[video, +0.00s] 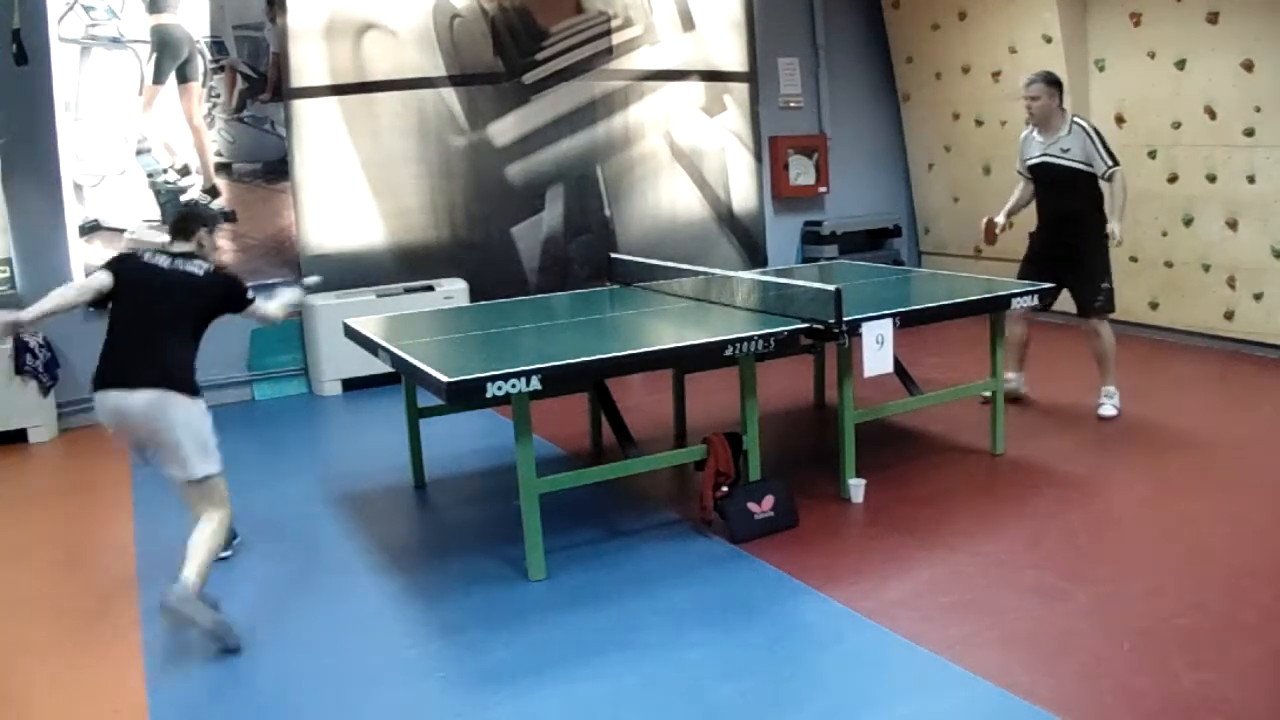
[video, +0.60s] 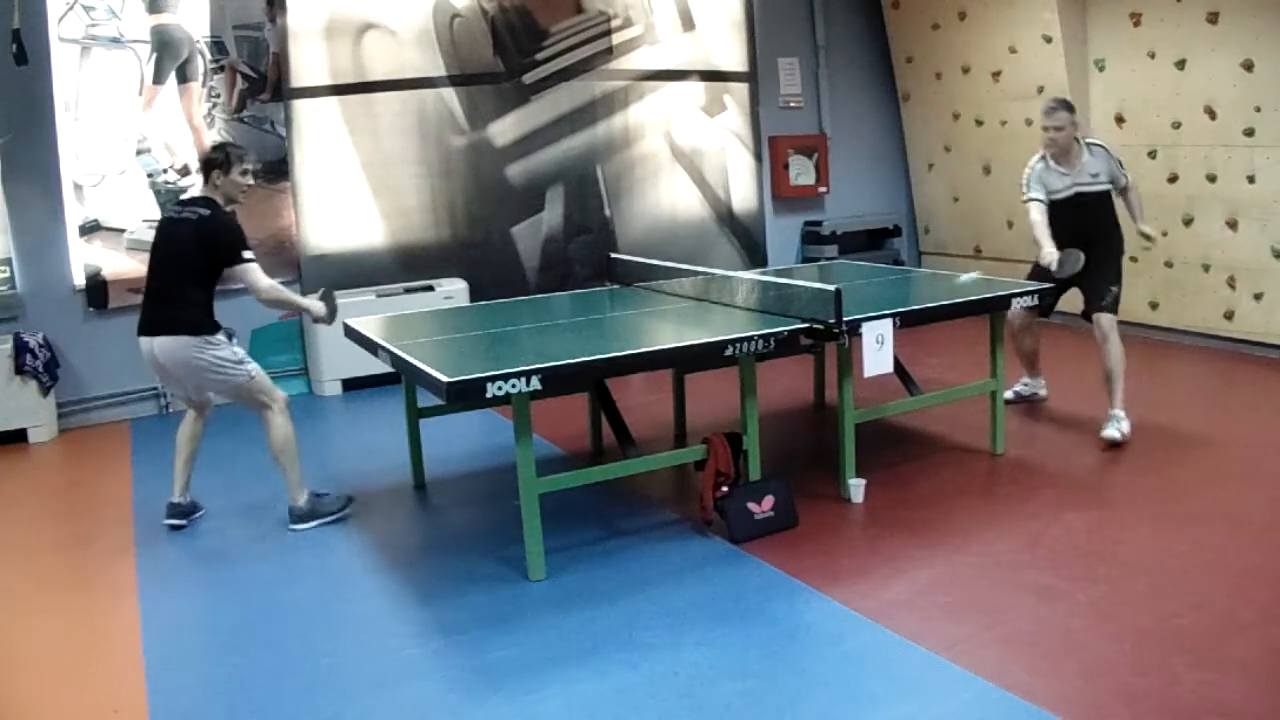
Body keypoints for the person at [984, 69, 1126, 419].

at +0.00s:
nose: (1028, 106)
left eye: (1034, 99)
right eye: (1026, 100)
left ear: (1056, 100)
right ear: (1026, 102)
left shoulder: (1084, 133)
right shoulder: (1028, 138)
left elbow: (1115, 176)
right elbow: (1028, 184)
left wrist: (1116, 220)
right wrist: (1004, 214)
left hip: (1087, 241)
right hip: (1046, 239)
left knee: (1094, 321)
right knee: (1018, 309)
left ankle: (1108, 390)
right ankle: (1013, 379)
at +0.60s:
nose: (1050, 136)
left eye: (1058, 129)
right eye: (1045, 129)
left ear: (1075, 129)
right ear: (1040, 129)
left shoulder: (1100, 155)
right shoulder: (1036, 171)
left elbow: (1125, 187)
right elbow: (1037, 215)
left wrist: (1140, 221)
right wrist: (1046, 248)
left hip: (1103, 252)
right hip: (1060, 253)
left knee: (1104, 323)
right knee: (1019, 318)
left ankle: (1117, 413)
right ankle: (1034, 381)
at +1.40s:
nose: (1037, 111)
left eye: (1045, 105)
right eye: (1036, 104)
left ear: (1069, 107)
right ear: (1038, 107)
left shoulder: (1098, 147)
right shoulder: (1030, 146)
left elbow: (1129, 194)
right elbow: (1015, 182)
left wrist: (1145, 240)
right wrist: (1005, 214)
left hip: (1092, 252)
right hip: (1049, 249)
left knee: (1098, 332)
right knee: (1022, 320)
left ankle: (1118, 418)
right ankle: (1025, 386)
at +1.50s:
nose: (1023, 106)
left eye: (1030, 98)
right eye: (1021, 99)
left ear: (1054, 101)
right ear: (1024, 102)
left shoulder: (1083, 140)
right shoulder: (1021, 139)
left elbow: (1113, 186)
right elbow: (1008, 179)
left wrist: (1119, 231)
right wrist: (992, 208)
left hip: (1081, 250)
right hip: (1039, 248)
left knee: (1092, 326)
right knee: (1021, 319)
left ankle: (1116, 413)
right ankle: (1024, 385)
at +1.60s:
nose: (1009, 107)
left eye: (1015, 99)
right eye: (1007, 100)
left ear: (1039, 100)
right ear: (1014, 103)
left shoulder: (1071, 136)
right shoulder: (1014, 140)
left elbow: (1100, 183)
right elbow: (1010, 185)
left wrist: (1089, 224)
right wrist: (977, 211)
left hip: (1072, 249)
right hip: (1032, 249)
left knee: (1083, 329)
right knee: (1014, 319)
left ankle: (1114, 407)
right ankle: (1023, 384)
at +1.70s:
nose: (992, 119)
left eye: (997, 111)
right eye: (991, 113)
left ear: (1020, 109)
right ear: (1005, 114)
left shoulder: (1048, 139)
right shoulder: (1008, 152)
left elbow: (1083, 181)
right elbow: (1002, 199)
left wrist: (1059, 219)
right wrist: (954, 215)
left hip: (1068, 250)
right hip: (1031, 249)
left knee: (1077, 333)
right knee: (994, 307)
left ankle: (1115, 408)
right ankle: (1004, 380)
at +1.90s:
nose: (945, 141)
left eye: (948, 132)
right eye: (944, 133)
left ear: (968, 129)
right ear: (962, 132)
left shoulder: (996, 147)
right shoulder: (971, 169)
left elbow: (1035, 169)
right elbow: (947, 213)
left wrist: (1029, 197)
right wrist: (900, 218)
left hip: (1039, 256)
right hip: (1005, 258)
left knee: (1063, 332)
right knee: (963, 316)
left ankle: (1111, 407)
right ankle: (955, 382)